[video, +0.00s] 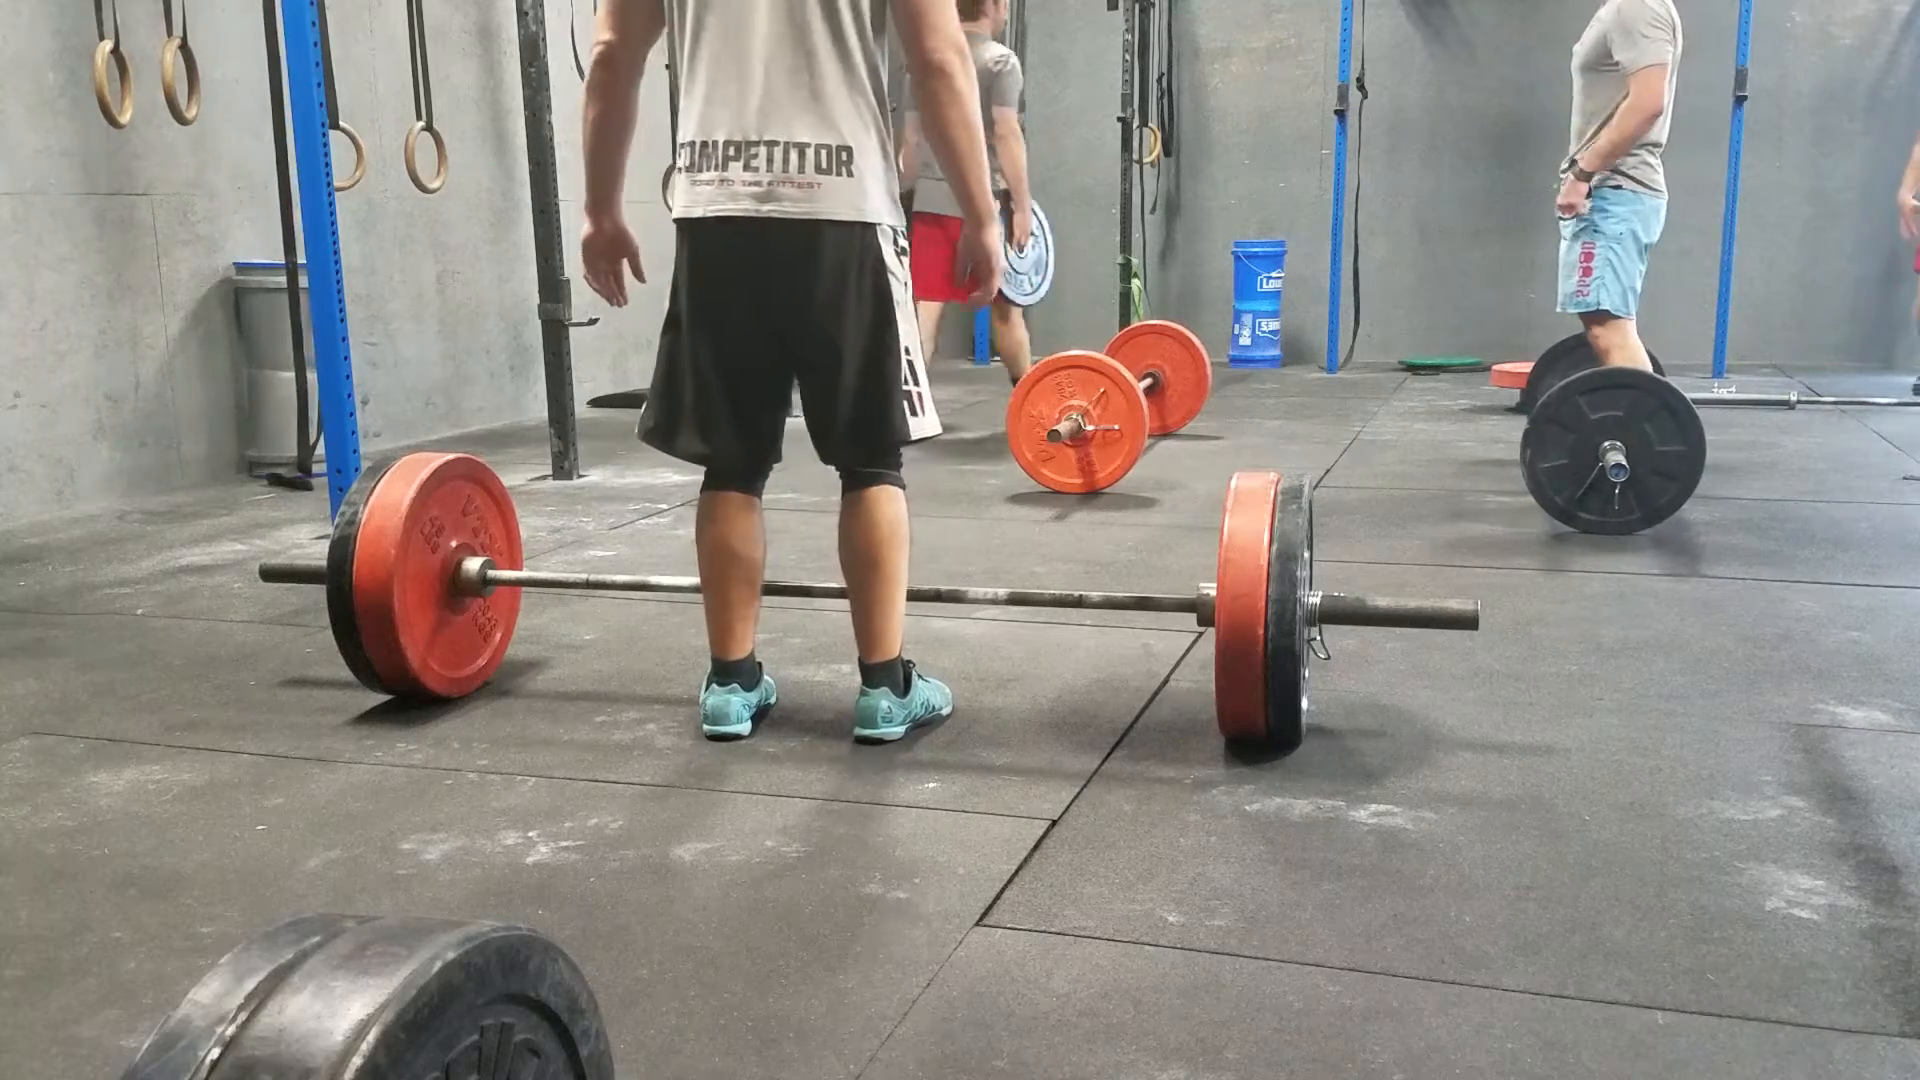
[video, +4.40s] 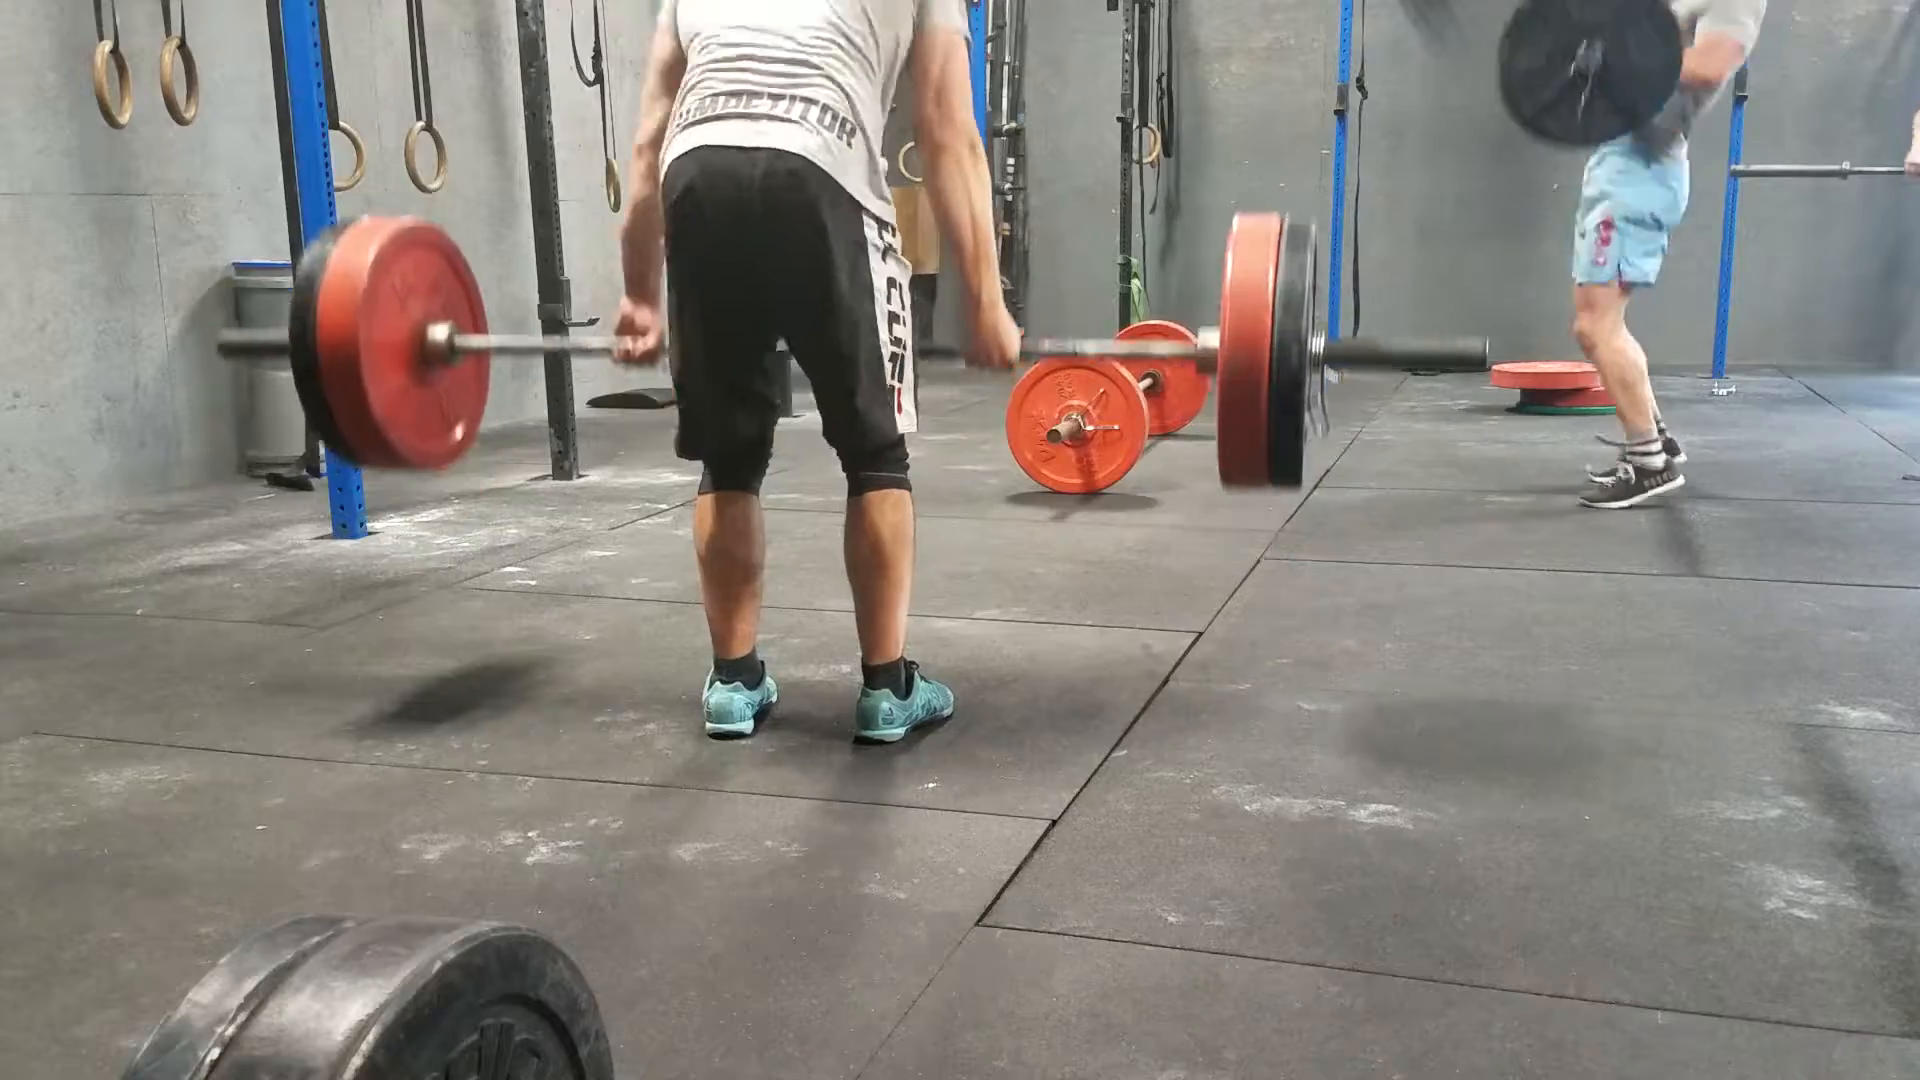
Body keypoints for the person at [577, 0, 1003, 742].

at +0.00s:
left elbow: (614, 55)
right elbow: (938, 60)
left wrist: (602, 213)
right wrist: (981, 216)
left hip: (716, 216)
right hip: (843, 216)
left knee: (732, 461)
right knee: (870, 461)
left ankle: (729, 682)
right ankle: (884, 685)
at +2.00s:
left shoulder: (690, 6)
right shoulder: (924, 6)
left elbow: (649, 161)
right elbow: (956, 170)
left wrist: (668, 311)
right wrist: (970, 319)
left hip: (697, 209)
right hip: (832, 209)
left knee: (728, 465)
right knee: (881, 464)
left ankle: (734, 679)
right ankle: (884, 686)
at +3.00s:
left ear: (832, 30)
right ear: (908, 56)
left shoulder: (721, 58)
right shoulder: (922, 83)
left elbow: (635, 251)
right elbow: (943, 269)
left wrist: (633, 411)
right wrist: (971, 437)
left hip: (681, 239)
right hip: (817, 240)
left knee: (723, 471)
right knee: (880, 467)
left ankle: (733, 681)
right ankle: (885, 688)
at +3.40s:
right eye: (910, 142)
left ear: (829, 114)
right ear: (907, 135)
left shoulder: (744, 134)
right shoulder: (928, 174)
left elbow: (649, 365)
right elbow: (947, 369)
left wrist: (654, 507)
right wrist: (992, 523)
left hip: (672, 258)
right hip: (812, 270)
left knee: (723, 477)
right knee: (880, 477)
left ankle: (730, 681)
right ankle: (883, 687)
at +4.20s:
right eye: (918, 73)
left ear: (822, 56)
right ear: (908, 66)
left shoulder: (748, 90)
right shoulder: (931, 117)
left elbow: (671, 296)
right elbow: (959, 295)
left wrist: (657, 442)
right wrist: (994, 453)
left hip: (678, 219)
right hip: (808, 224)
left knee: (735, 467)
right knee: (883, 467)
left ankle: (733, 680)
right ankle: (886, 688)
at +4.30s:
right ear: (906, 13)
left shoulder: (729, 26)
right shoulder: (926, 42)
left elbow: (668, 214)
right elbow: (958, 223)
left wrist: (647, 367)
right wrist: (990, 382)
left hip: (686, 197)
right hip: (808, 198)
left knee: (728, 463)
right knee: (878, 456)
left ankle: (732, 680)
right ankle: (886, 686)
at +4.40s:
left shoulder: (689, 8)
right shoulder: (923, 6)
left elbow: (650, 148)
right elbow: (949, 137)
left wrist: (639, 293)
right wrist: (986, 300)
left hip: (699, 183)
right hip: (819, 184)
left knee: (728, 455)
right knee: (875, 454)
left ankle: (732, 680)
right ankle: (886, 684)